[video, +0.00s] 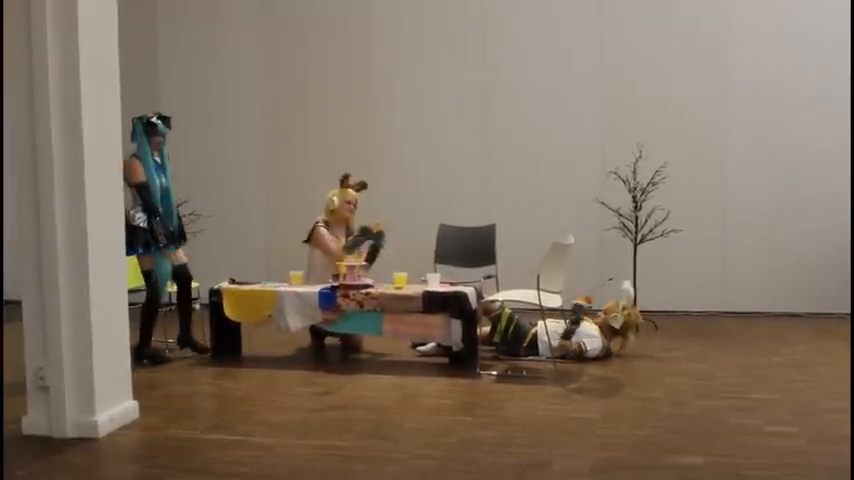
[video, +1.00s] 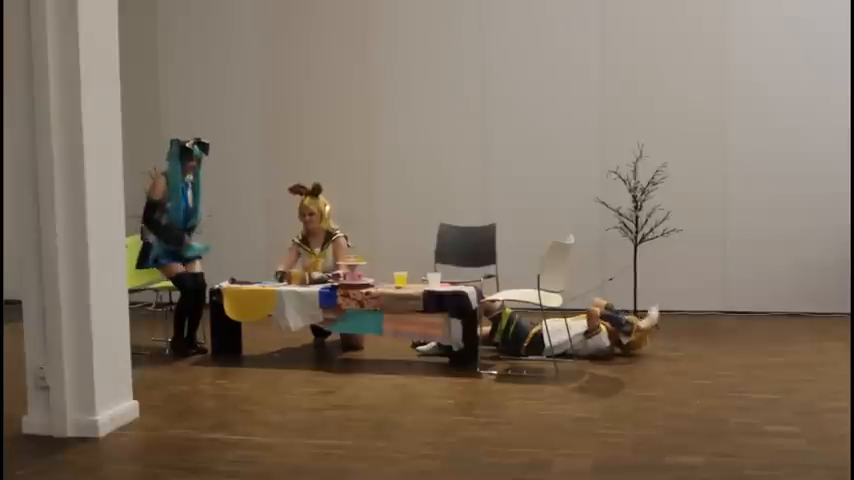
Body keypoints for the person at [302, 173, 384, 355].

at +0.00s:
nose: (352, 208)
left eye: (355, 204)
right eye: (348, 203)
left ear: (356, 208)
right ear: (334, 204)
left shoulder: (350, 232)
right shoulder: (319, 230)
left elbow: (362, 265)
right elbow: (338, 254)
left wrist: (376, 246)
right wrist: (361, 238)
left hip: (346, 296)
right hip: (318, 297)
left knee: (355, 344)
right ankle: (318, 334)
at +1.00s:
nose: (306, 219)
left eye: (311, 214)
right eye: (302, 215)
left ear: (323, 215)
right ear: (299, 217)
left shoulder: (336, 238)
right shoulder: (301, 240)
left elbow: (342, 273)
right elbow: (284, 269)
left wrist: (315, 278)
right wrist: (283, 273)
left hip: (335, 290)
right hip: (309, 292)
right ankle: (319, 335)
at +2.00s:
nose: (325, 212)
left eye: (331, 209)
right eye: (322, 207)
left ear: (342, 211)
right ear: (318, 207)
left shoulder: (350, 236)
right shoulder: (307, 231)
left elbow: (344, 269)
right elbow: (296, 260)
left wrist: (316, 277)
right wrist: (289, 273)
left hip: (342, 291)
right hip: (313, 291)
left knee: (353, 343)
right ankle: (319, 335)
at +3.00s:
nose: (310, 219)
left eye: (315, 214)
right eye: (306, 214)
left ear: (327, 214)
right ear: (302, 214)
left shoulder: (340, 237)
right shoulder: (298, 239)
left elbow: (346, 270)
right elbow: (293, 272)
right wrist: (294, 283)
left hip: (337, 292)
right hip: (309, 294)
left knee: (354, 343)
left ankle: (346, 334)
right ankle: (319, 337)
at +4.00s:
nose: (315, 207)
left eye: (321, 204)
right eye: (313, 203)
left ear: (332, 207)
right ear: (311, 205)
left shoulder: (338, 228)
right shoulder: (305, 225)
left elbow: (351, 226)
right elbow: (273, 224)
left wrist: (353, 223)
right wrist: (283, 247)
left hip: (339, 288)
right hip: (310, 288)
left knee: (354, 345)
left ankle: (344, 338)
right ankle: (317, 338)